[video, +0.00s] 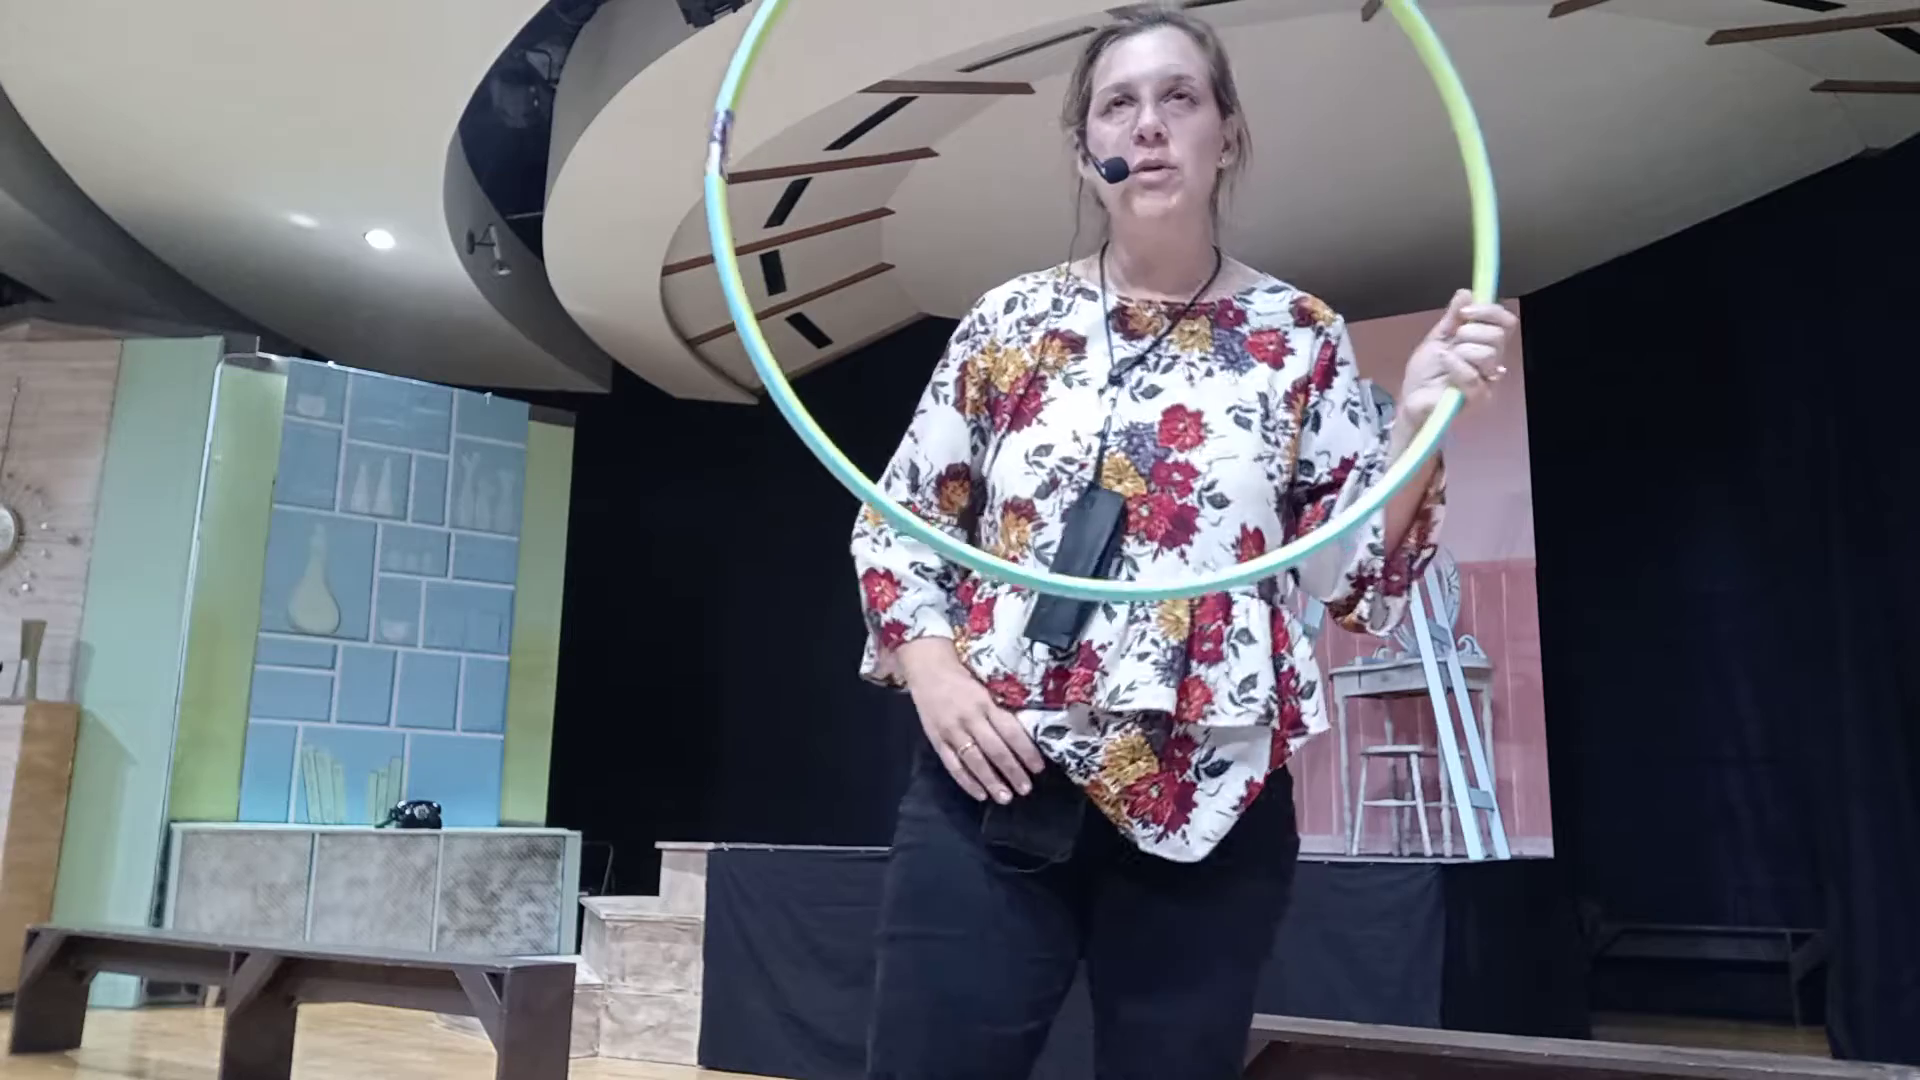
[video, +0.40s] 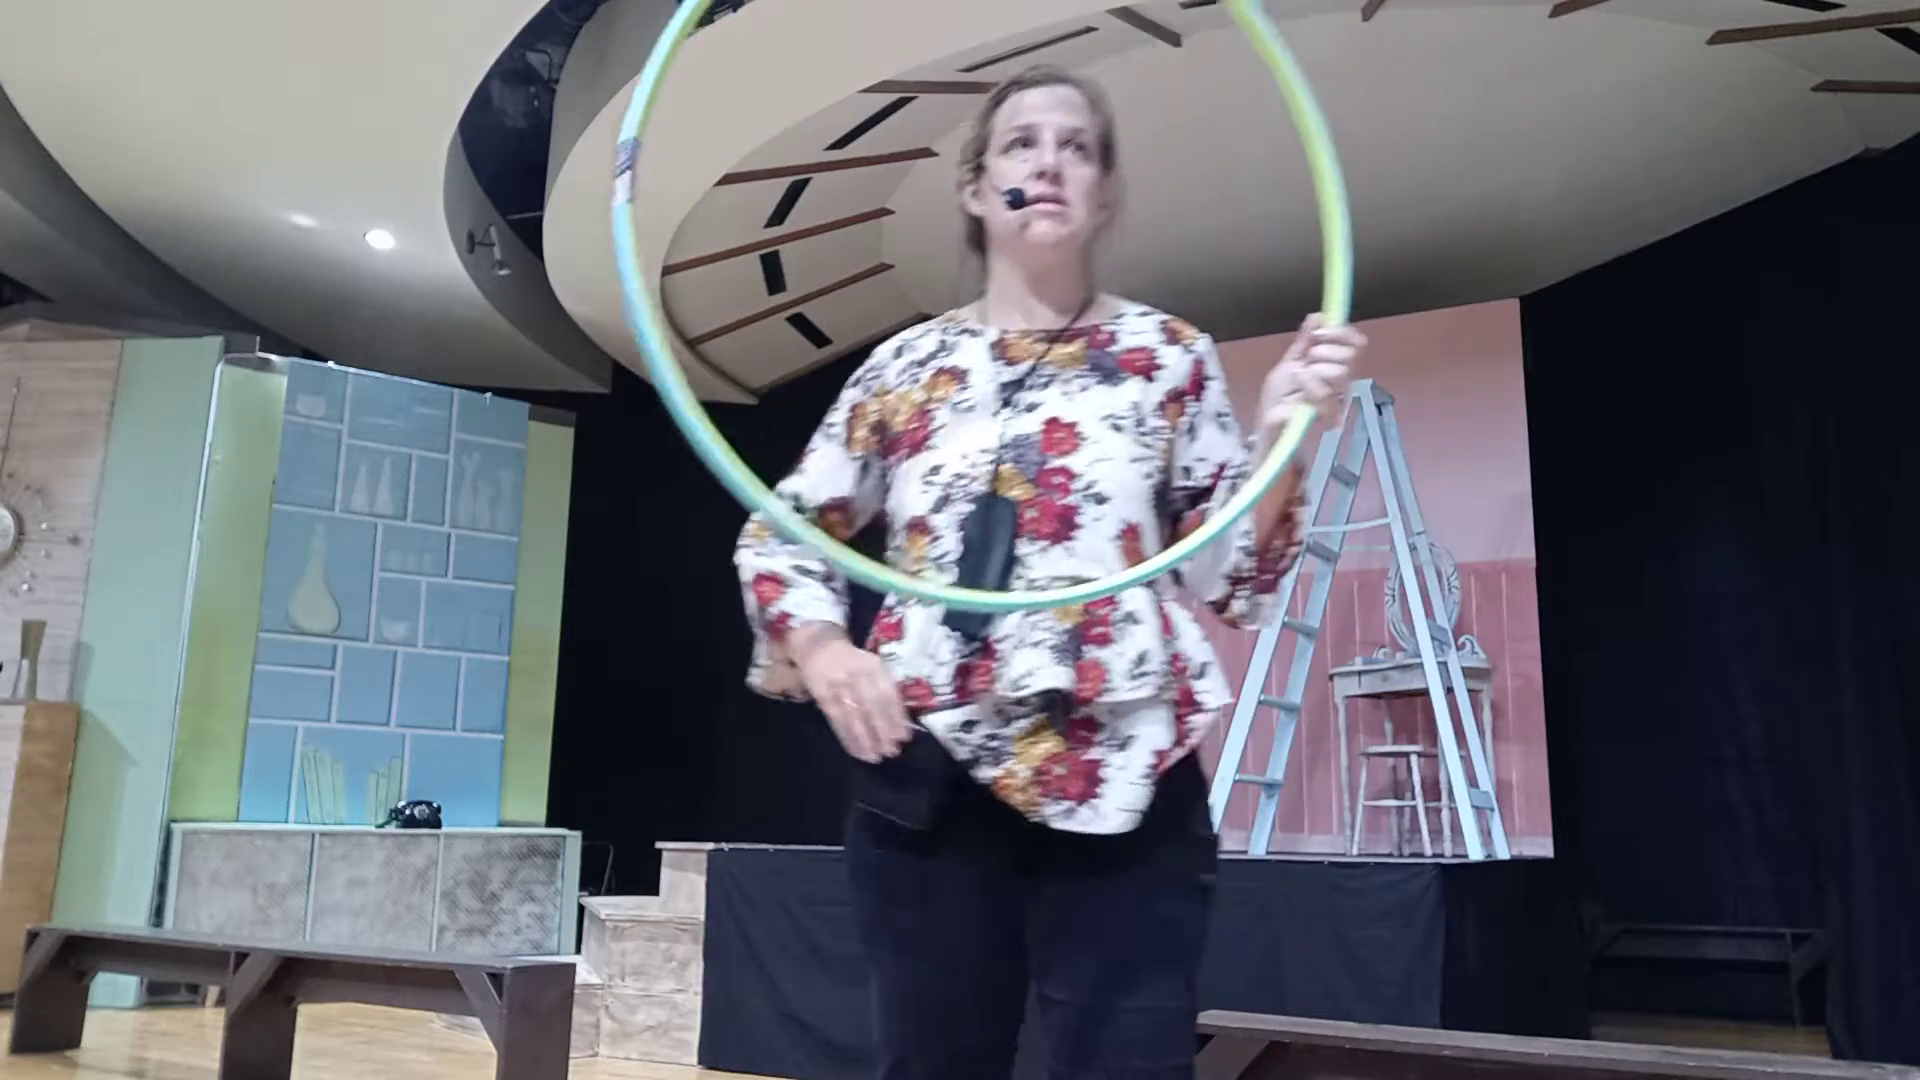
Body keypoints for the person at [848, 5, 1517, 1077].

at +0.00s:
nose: (1146, 124)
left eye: (1176, 98)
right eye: (1118, 105)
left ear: (1229, 135)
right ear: (1085, 148)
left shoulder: (1301, 337)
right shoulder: (1007, 323)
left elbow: (1352, 581)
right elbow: (896, 528)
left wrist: (1418, 417)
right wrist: (934, 675)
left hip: (1207, 821)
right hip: (988, 795)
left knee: (1172, 1065)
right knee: (924, 1062)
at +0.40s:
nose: (1045, 159)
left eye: (1075, 146)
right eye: (1018, 144)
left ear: (1109, 198)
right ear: (976, 193)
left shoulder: (1174, 358)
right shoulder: (903, 368)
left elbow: (1233, 581)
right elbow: (776, 543)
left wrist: (1284, 427)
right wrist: (822, 650)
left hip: (1130, 806)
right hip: (933, 797)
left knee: (1126, 1062)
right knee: (936, 1061)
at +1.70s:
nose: (1067, 264)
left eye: (1086, 243)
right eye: (1040, 240)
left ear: (1106, 265)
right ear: (988, 264)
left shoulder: (1157, 415)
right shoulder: (921, 409)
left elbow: (1207, 618)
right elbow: (853, 619)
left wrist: (1258, 490)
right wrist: (804, 482)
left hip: (1134, 804)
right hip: (956, 795)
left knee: (1121, 1064)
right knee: (959, 1060)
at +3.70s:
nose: (989, 254)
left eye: (1012, 232)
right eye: (966, 238)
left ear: (1057, 254)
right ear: (943, 270)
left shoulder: (1134, 398)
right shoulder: (899, 413)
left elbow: (1188, 606)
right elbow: (843, 604)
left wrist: (1243, 516)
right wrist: (730, 534)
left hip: (1101, 798)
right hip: (923, 795)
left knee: (1098, 1062)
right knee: (931, 1060)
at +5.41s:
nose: (923, 245)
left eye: (952, 228)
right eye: (903, 227)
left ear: (995, 264)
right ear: (876, 259)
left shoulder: (1061, 408)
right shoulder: (817, 418)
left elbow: (1146, 595)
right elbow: (761, 594)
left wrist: (1202, 473)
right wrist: (646, 481)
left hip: (1027, 804)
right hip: (844, 800)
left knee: (1054, 1061)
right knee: (879, 1060)